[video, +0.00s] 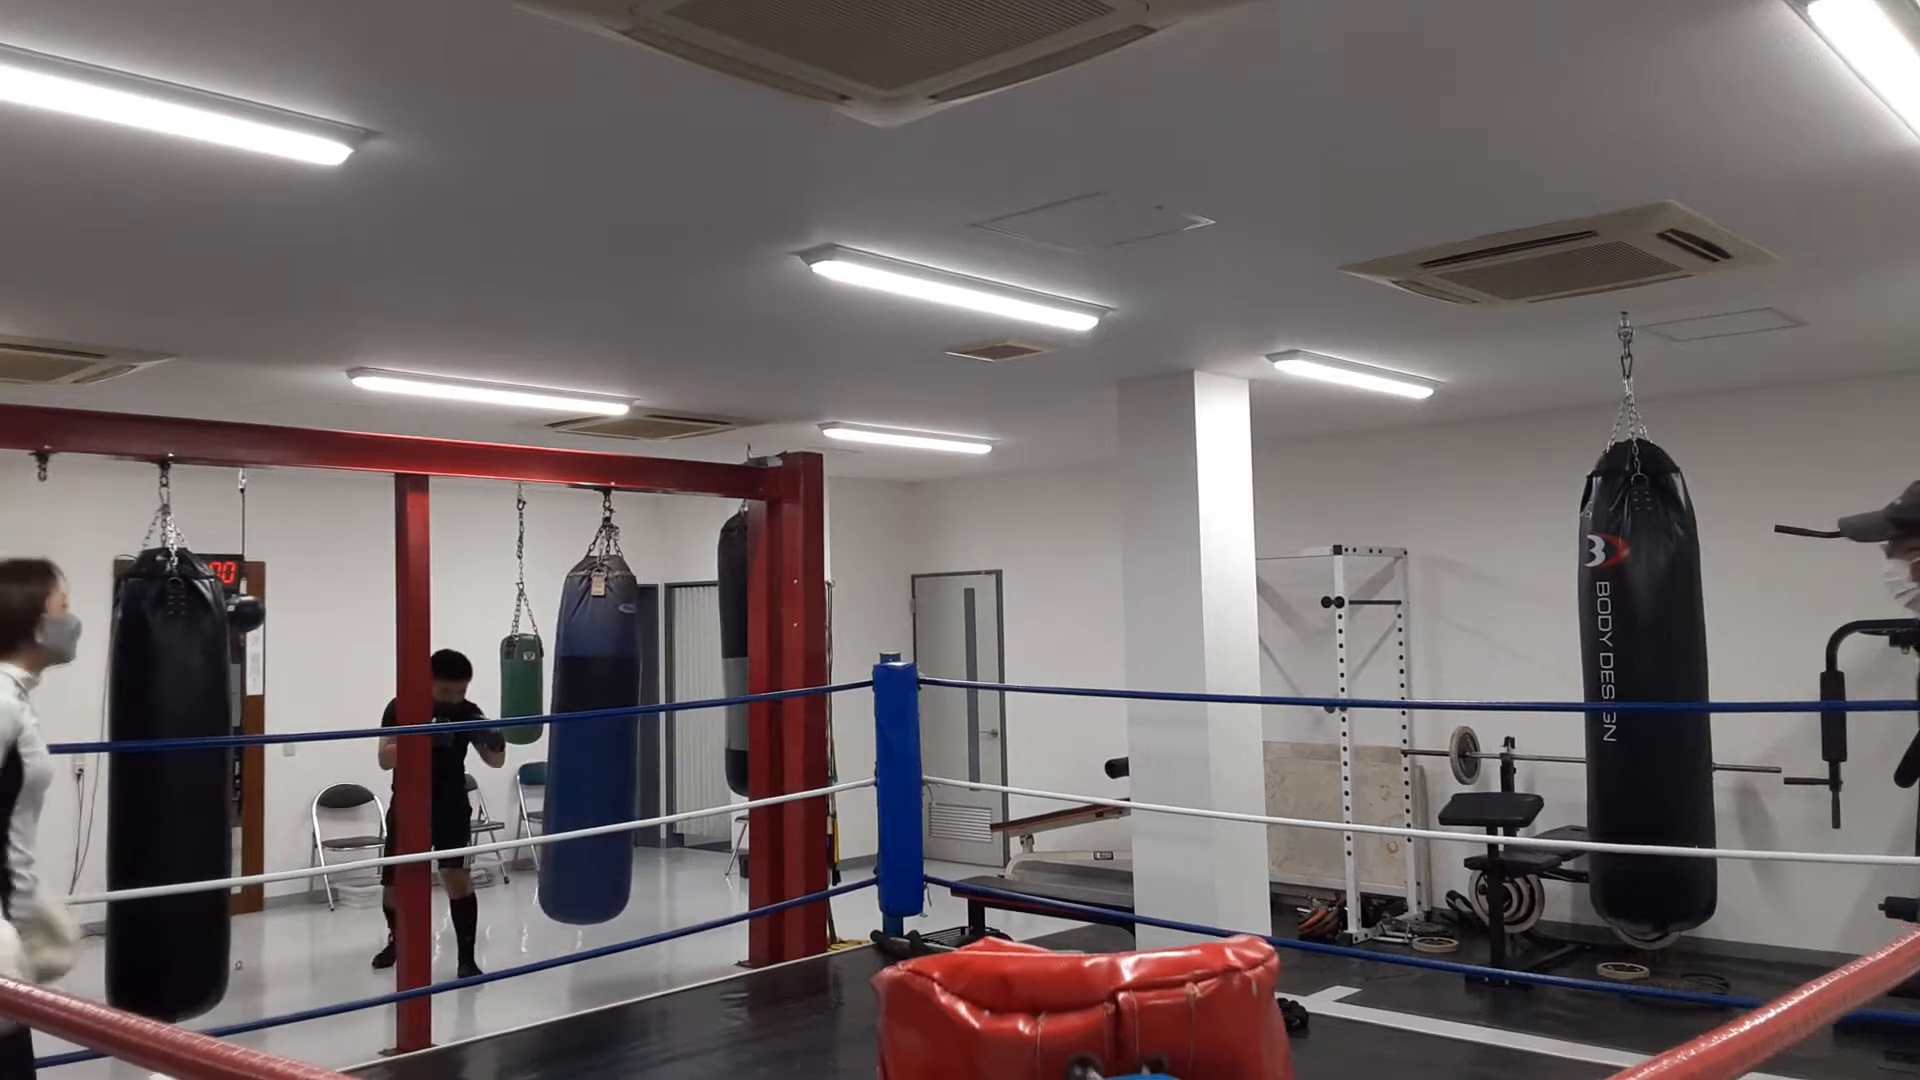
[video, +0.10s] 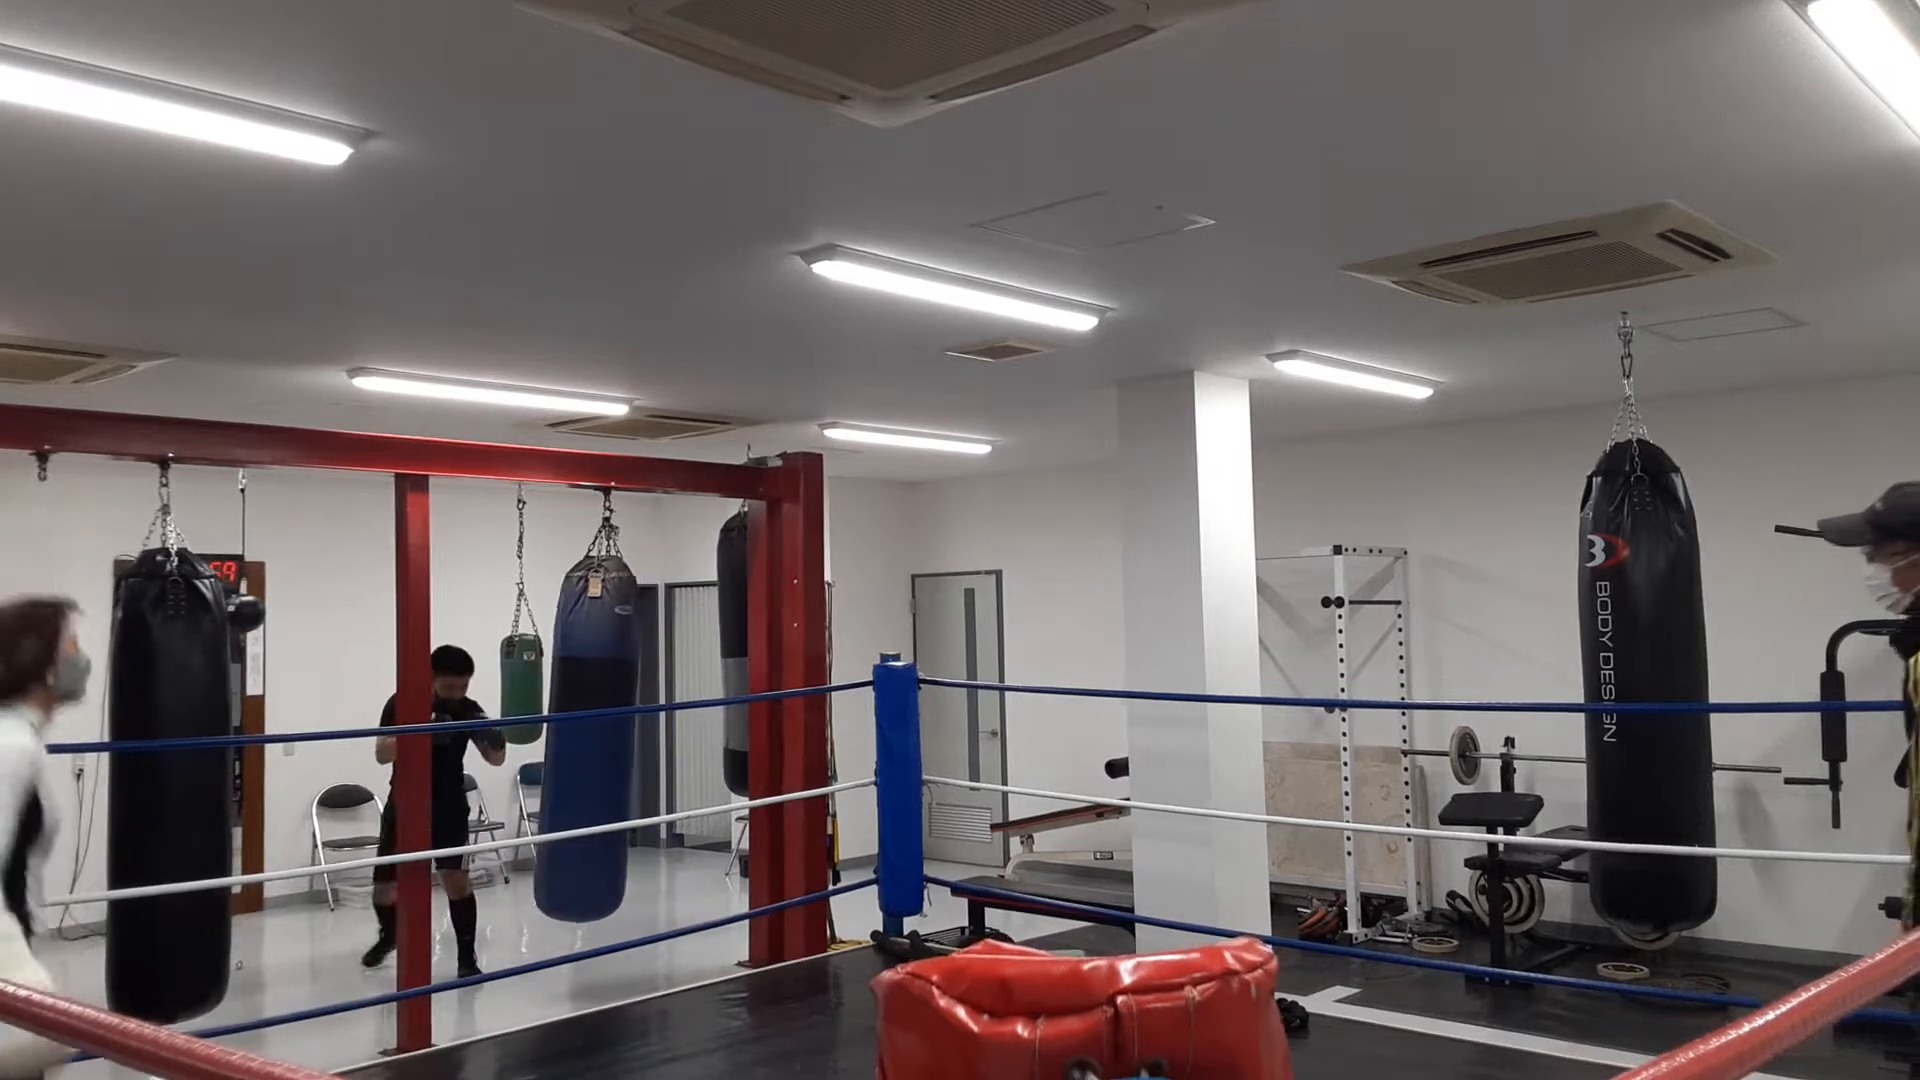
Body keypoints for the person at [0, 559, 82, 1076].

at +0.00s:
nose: (74, 621)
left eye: (69, 607)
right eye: (64, 609)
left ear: (31, 623)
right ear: (36, 622)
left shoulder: (20, 705)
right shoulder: (8, 710)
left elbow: (15, 835)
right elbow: (9, 841)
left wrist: (35, 910)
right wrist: (15, 925)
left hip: (18, 911)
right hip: (7, 922)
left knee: (18, 1061)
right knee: (16, 1064)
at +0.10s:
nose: (84, 658)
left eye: (79, 645)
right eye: (73, 646)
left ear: (34, 660)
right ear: (43, 659)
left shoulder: (26, 740)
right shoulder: (15, 747)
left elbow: (14, 870)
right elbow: (1, 884)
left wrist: (27, 973)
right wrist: (28, 983)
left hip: (18, 944)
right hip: (10, 950)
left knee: (41, 1044)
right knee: (38, 1041)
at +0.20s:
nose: (103, 662)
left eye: (96, 651)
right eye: (92, 654)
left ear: (42, 674)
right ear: (64, 673)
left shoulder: (31, 743)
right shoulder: (34, 752)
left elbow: (27, 879)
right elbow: (23, 883)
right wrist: (50, 997)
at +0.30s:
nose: (129, 639)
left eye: (126, 627)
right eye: (120, 629)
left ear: (77, 641)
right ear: (93, 640)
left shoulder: (41, 696)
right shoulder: (65, 709)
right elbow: (49, 830)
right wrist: (64, 936)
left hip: (23, 922)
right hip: (42, 926)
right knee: (40, 1062)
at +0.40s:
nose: (162, 634)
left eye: (159, 622)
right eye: (154, 623)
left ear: (94, 635)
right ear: (128, 636)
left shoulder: (56, 698)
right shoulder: (102, 708)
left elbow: (12, 814)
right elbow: (72, 835)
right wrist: (106, 942)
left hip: (29, 922)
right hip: (71, 927)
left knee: (42, 1067)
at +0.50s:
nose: (197, 665)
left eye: (191, 650)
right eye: (186, 651)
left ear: (127, 669)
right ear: (164, 668)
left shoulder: (100, 739)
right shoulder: (137, 743)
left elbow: (43, 850)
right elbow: (104, 871)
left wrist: (7, 919)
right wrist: (150, 980)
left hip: (53, 962)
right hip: (94, 969)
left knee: (62, 1069)